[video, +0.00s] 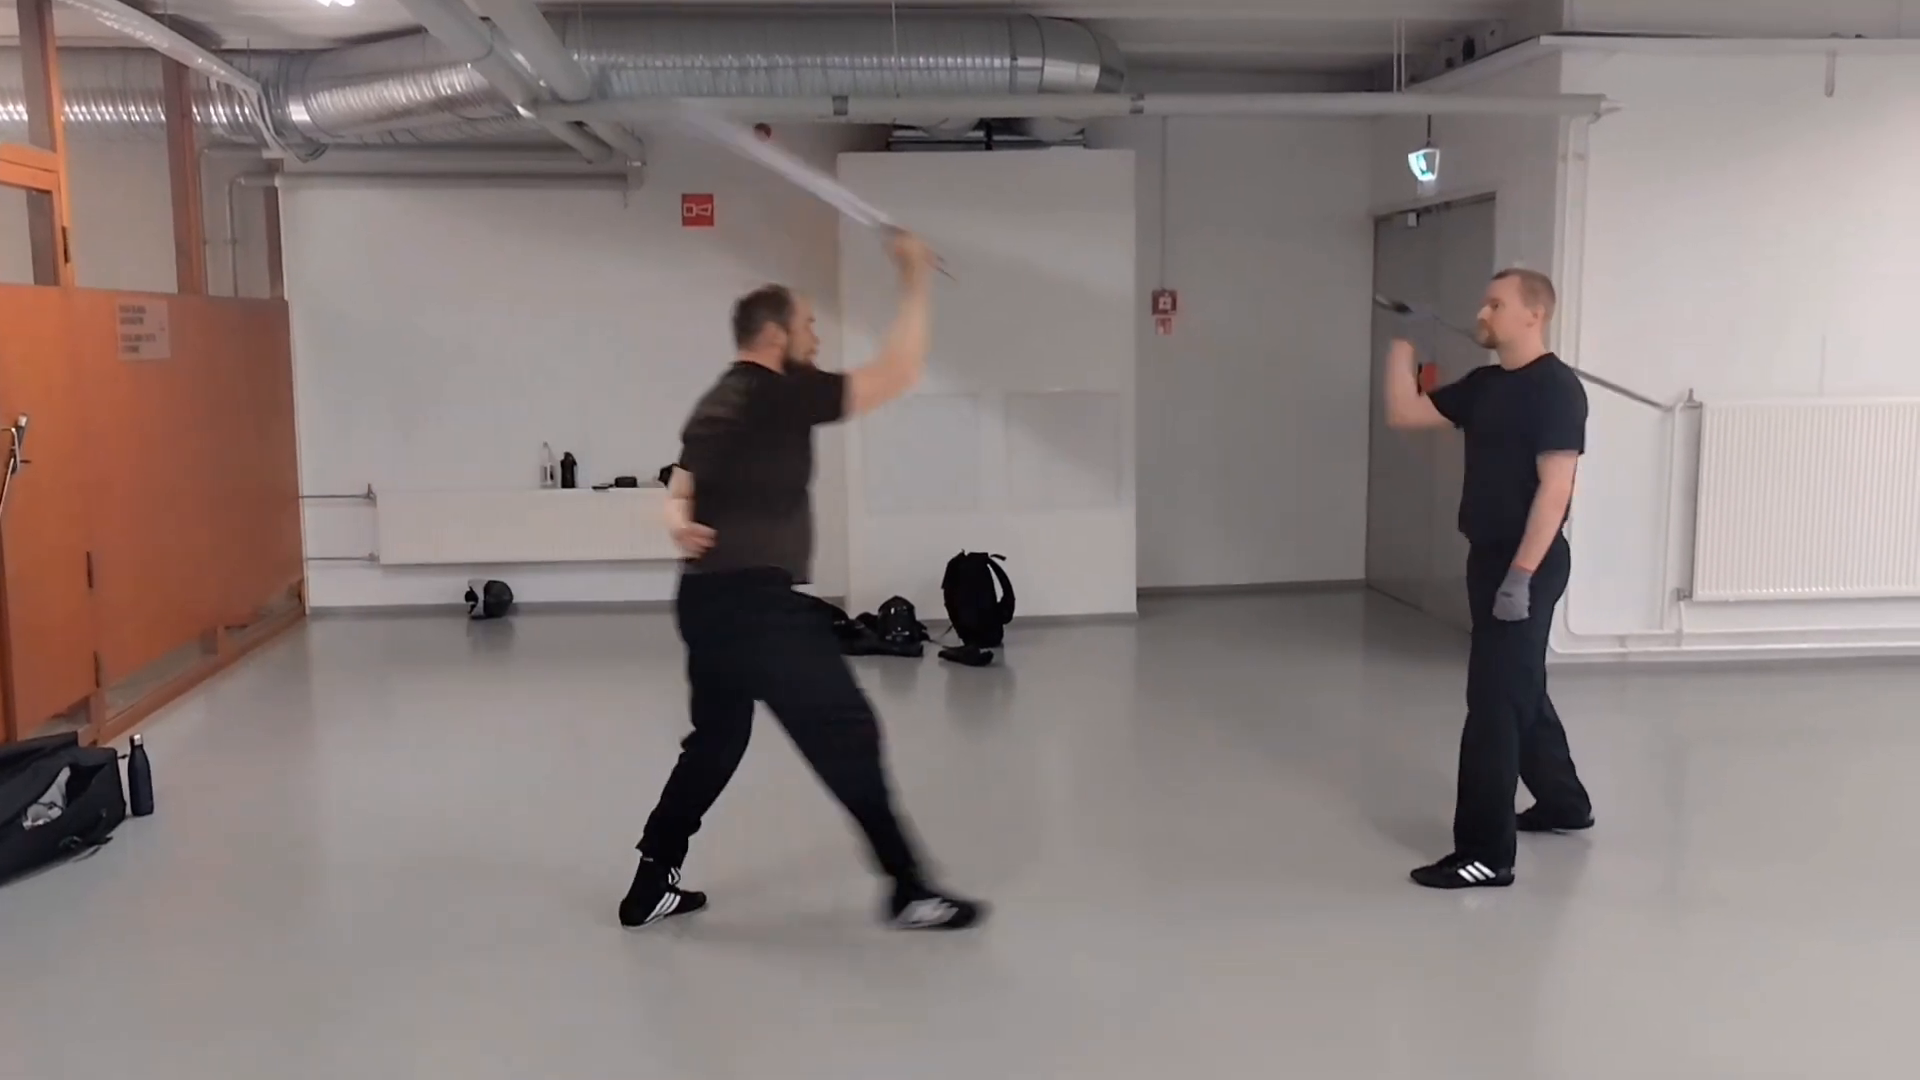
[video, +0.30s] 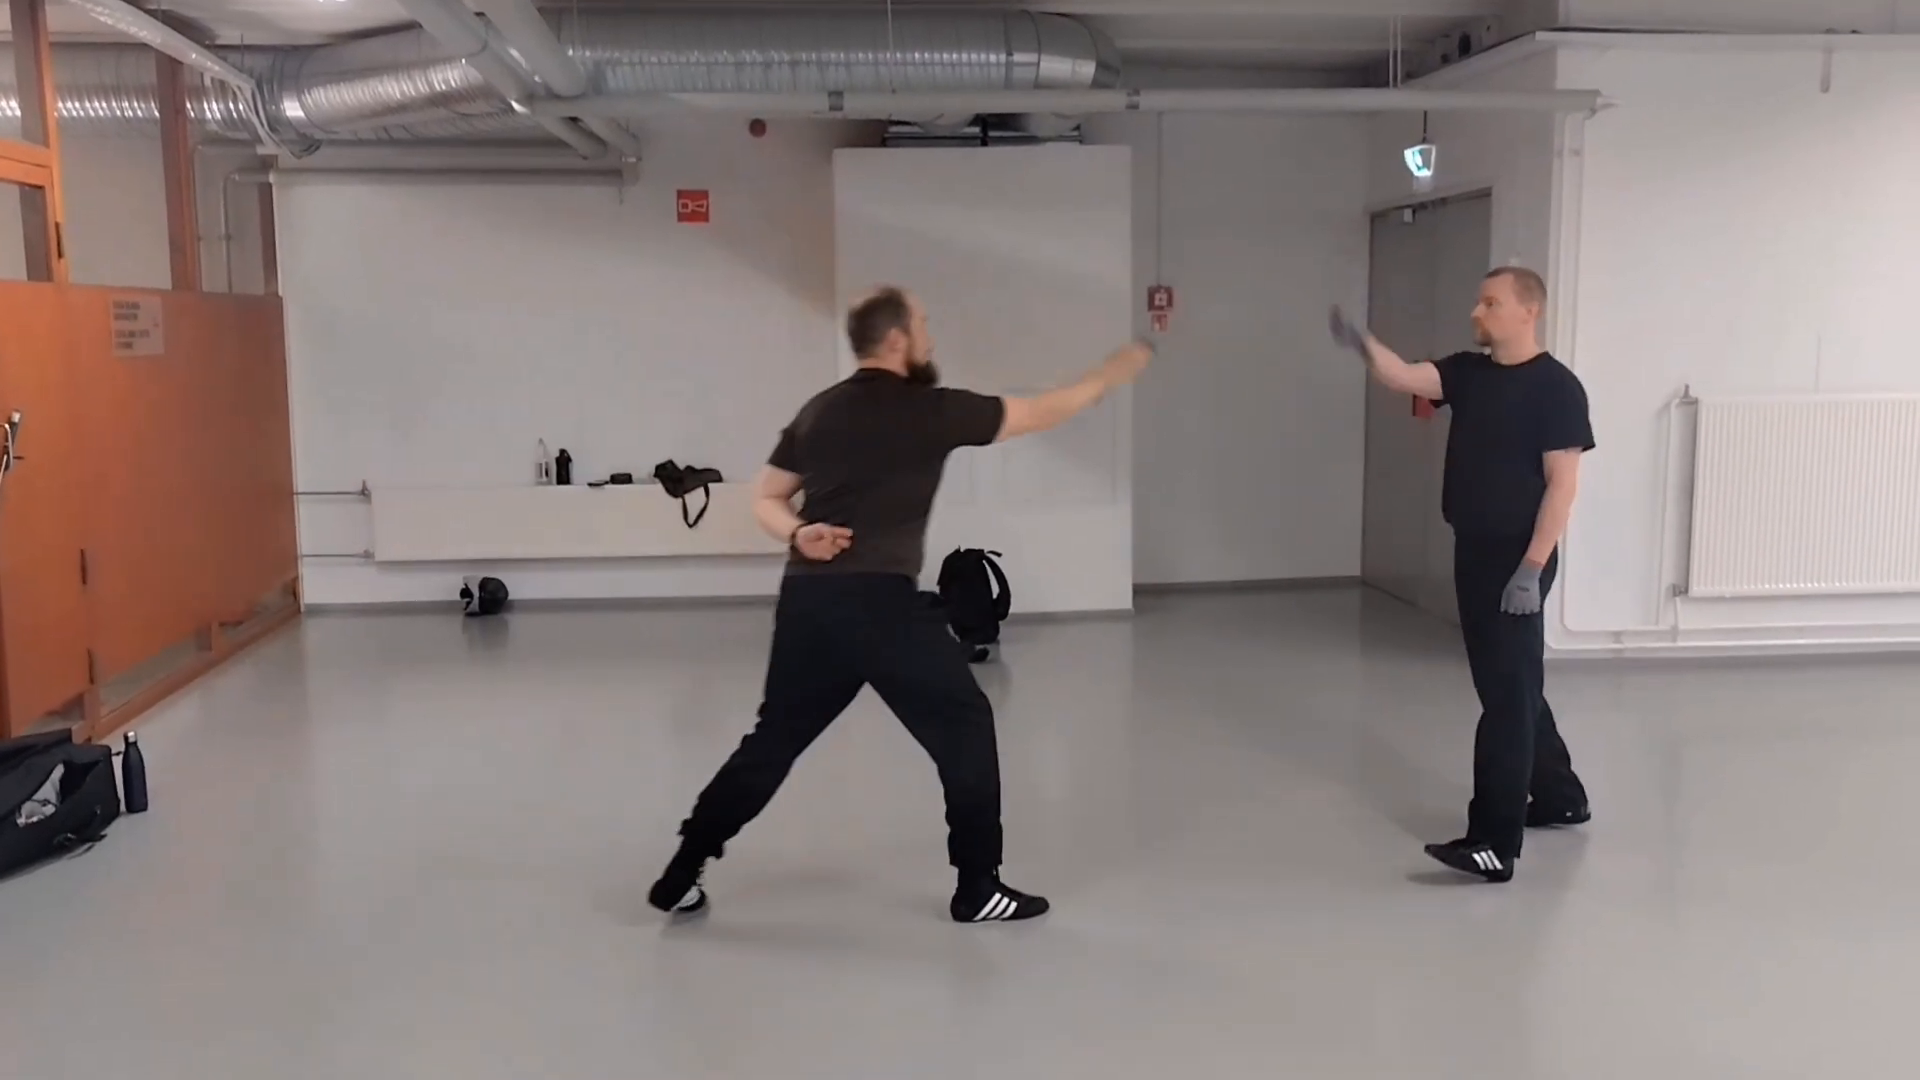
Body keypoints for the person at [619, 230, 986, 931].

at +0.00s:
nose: (816, 338)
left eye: (812, 326)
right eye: (808, 326)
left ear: (753, 338)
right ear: (774, 334)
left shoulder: (717, 403)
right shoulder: (787, 391)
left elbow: (681, 489)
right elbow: (897, 373)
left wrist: (678, 520)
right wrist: (917, 278)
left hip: (709, 597)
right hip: (763, 600)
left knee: (716, 743)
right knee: (845, 735)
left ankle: (650, 885)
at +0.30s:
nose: (927, 336)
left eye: (923, 325)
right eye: (920, 327)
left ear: (863, 343)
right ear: (899, 339)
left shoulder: (821, 410)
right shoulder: (929, 407)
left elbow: (766, 498)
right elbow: (1042, 412)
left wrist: (798, 531)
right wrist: (1115, 369)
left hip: (808, 607)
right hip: (884, 606)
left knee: (774, 738)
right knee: (965, 728)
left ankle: (680, 872)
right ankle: (978, 885)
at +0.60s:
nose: (937, 319)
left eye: (932, 307)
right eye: (928, 308)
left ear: (875, 330)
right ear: (900, 324)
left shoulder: (834, 401)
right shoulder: (934, 399)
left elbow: (791, 491)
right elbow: (1031, 466)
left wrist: (807, 519)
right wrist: (1116, 450)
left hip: (824, 594)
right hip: (899, 590)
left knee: (798, 729)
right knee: (972, 721)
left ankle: (699, 854)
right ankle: (980, 880)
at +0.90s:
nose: (804, 331)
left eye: (799, 319)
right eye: (792, 319)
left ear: (745, 337)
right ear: (759, 331)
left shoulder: (726, 407)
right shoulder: (784, 390)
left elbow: (737, 502)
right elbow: (894, 414)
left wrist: (717, 531)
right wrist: (983, 359)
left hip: (753, 601)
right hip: (810, 595)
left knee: (776, 749)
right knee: (903, 722)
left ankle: (690, 869)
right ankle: (973, 861)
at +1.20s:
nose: (684, 316)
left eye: (680, 302)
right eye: (675, 303)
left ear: (623, 316)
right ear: (638, 312)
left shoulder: (590, 392)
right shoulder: (674, 382)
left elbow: (591, 497)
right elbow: (764, 481)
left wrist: (592, 517)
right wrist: (814, 475)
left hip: (618, 586)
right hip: (666, 584)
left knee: (691, 729)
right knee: (707, 737)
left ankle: (681, 867)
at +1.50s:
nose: (651, 358)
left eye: (650, 344)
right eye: (646, 346)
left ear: (574, 355)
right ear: (614, 355)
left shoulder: (506, 414)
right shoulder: (630, 447)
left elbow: (444, 490)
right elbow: (670, 548)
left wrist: (462, 541)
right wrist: (714, 533)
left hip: (490, 617)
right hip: (548, 623)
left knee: (620, 713)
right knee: (498, 800)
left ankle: (656, 865)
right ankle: (377, 952)